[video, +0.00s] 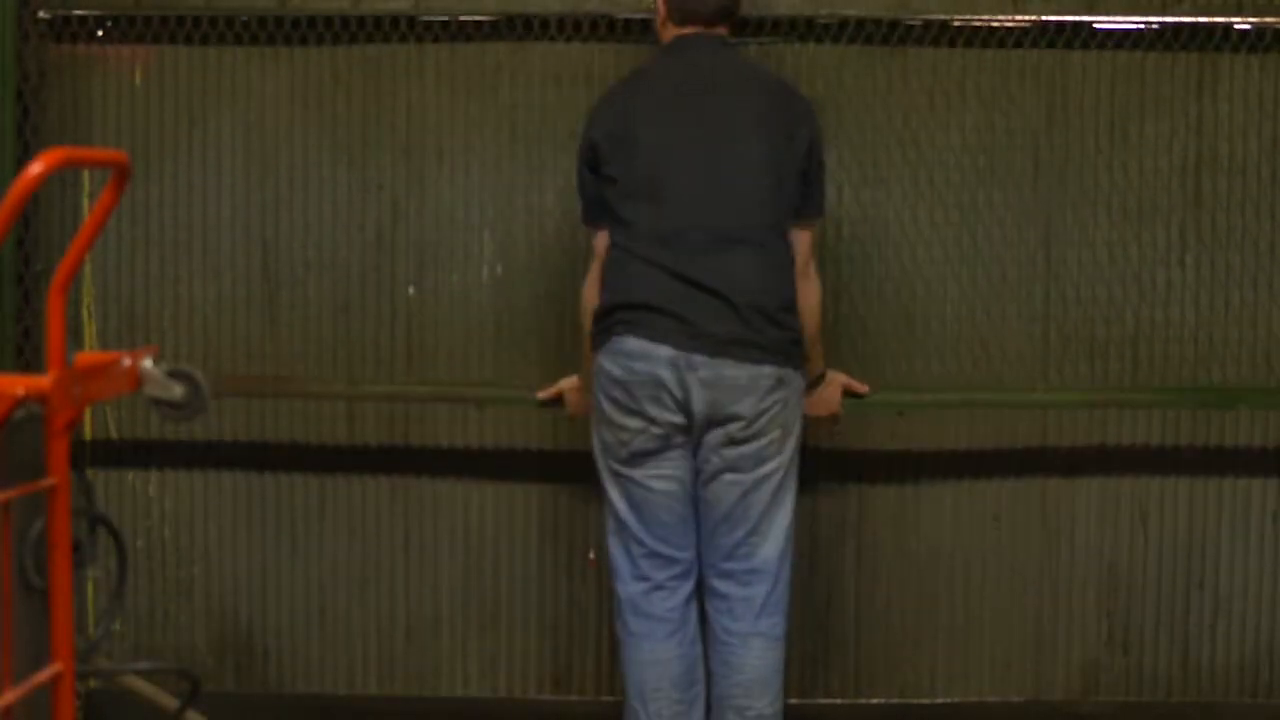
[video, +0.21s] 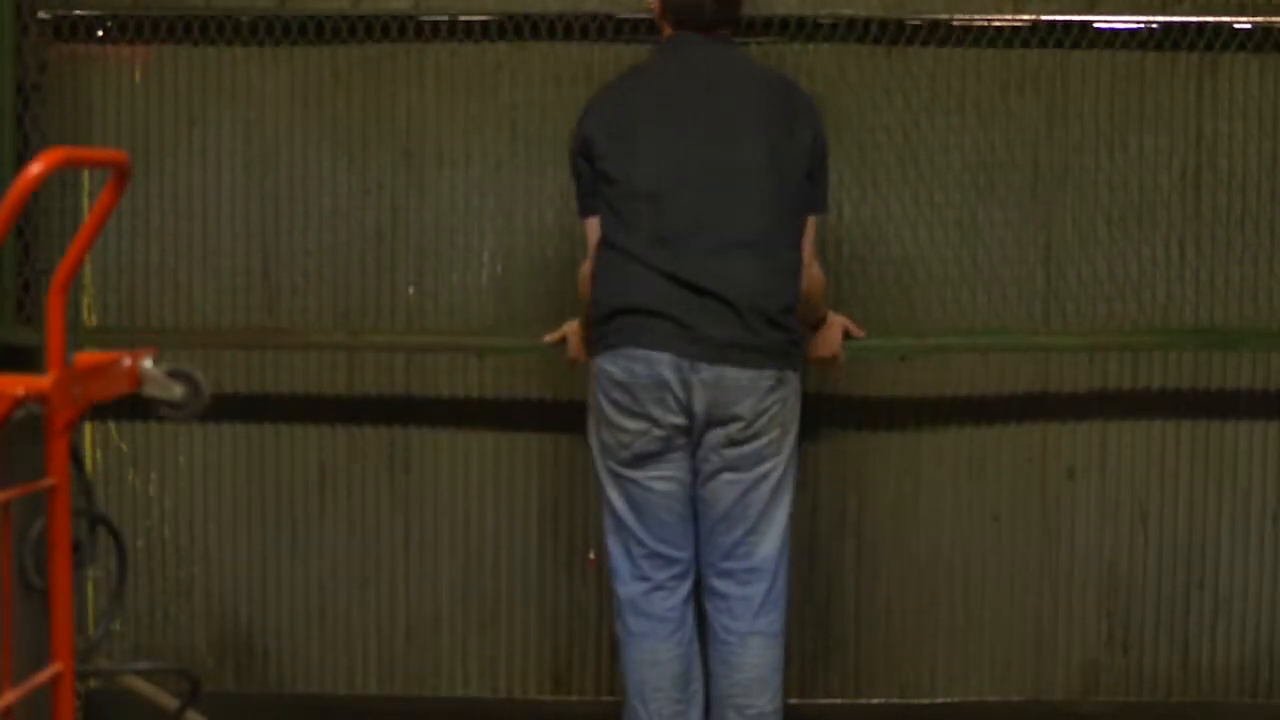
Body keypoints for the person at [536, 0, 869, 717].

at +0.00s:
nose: (655, 18)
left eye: (655, 13)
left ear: (661, 14)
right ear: (735, 20)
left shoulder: (619, 103)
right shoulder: (786, 105)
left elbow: (603, 253)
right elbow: (801, 258)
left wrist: (590, 374)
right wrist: (814, 376)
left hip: (637, 346)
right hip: (754, 356)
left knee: (655, 582)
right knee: (746, 585)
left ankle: (666, 717)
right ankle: (745, 716)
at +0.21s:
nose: (652, 14)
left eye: (654, 9)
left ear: (660, 14)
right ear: (738, 17)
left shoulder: (612, 102)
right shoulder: (790, 103)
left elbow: (597, 254)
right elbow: (801, 265)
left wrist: (589, 327)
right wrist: (818, 327)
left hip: (634, 357)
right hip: (753, 364)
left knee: (653, 584)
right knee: (745, 587)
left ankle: (664, 717)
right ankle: (745, 716)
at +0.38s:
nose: (654, 12)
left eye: (657, 7)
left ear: (660, 13)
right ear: (742, 13)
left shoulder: (606, 96)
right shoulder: (794, 97)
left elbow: (589, 255)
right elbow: (812, 264)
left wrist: (578, 268)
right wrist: (828, 270)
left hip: (635, 367)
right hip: (753, 371)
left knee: (654, 586)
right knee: (744, 587)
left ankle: (665, 717)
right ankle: (745, 716)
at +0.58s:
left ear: (661, 5)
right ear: (738, 5)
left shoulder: (605, 89)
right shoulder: (792, 91)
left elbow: (579, 241)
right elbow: (817, 249)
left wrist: (635, 187)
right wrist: (829, 185)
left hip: (636, 365)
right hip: (753, 369)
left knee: (655, 582)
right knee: (744, 583)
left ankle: (665, 716)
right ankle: (745, 715)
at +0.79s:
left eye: (660, 3)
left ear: (659, 7)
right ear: (737, 7)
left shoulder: (611, 91)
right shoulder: (788, 93)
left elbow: (553, 208)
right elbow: (836, 213)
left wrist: (581, 109)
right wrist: (826, 113)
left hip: (638, 365)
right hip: (752, 369)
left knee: (656, 581)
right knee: (744, 582)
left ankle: (664, 715)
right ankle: (744, 716)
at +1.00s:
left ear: (664, 10)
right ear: (741, 11)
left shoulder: (620, 83)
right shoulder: (781, 88)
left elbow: (543, 96)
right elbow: (863, 106)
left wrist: (583, 1)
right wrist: (843, 11)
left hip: (638, 358)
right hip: (750, 363)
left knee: (656, 579)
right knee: (744, 580)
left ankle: (666, 714)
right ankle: (744, 713)